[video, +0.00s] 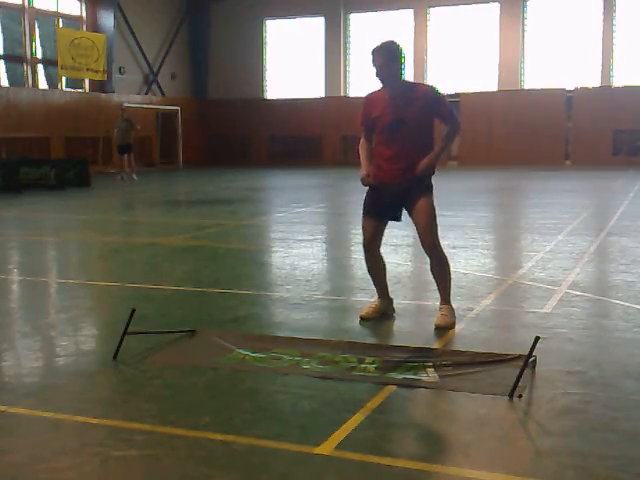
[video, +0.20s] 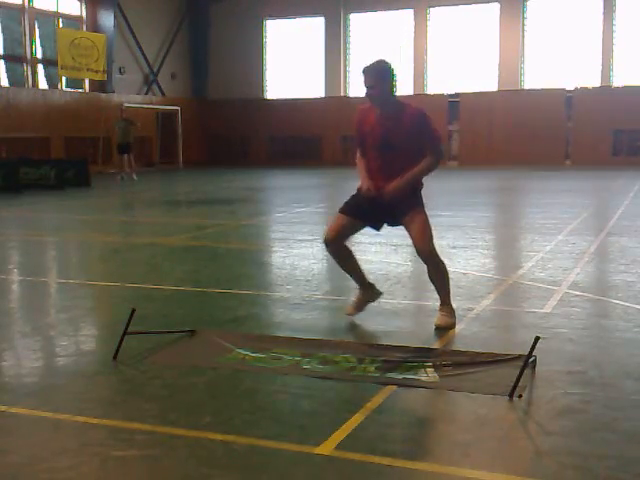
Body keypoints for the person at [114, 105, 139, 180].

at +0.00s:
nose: (122, 113)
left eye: (124, 111)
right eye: (121, 111)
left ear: (126, 112)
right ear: (120, 112)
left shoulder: (128, 121)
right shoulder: (119, 122)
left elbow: (136, 128)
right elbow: (116, 130)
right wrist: (116, 140)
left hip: (129, 142)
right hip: (121, 142)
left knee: (131, 158)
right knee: (122, 159)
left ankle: (133, 173)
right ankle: (122, 173)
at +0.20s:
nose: (122, 114)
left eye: (123, 112)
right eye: (121, 112)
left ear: (125, 113)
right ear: (119, 113)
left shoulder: (129, 122)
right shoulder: (118, 123)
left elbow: (136, 126)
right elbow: (115, 132)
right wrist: (115, 141)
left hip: (128, 142)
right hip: (120, 142)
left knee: (131, 158)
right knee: (122, 159)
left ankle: (133, 173)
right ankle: (122, 173)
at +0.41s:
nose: (121, 114)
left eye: (123, 112)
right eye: (120, 112)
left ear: (124, 113)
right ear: (119, 113)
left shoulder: (127, 122)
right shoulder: (117, 123)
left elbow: (134, 125)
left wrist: (127, 120)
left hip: (128, 142)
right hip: (120, 142)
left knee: (131, 158)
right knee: (122, 159)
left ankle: (133, 173)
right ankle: (122, 173)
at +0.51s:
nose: (121, 114)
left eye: (122, 112)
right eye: (120, 112)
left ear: (124, 113)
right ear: (118, 113)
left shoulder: (127, 122)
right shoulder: (117, 123)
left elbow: (134, 124)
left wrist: (127, 120)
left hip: (128, 142)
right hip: (120, 142)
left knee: (131, 158)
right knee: (121, 159)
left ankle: (133, 173)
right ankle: (122, 173)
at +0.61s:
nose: (121, 113)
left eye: (122, 111)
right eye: (120, 111)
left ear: (124, 112)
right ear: (118, 112)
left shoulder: (127, 121)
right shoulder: (117, 122)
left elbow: (134, 124)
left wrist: (126, 120)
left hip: (127, 142)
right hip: (120, 143)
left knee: (131, 158)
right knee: (122, 159)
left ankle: (133, 173)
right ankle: (122, 173)